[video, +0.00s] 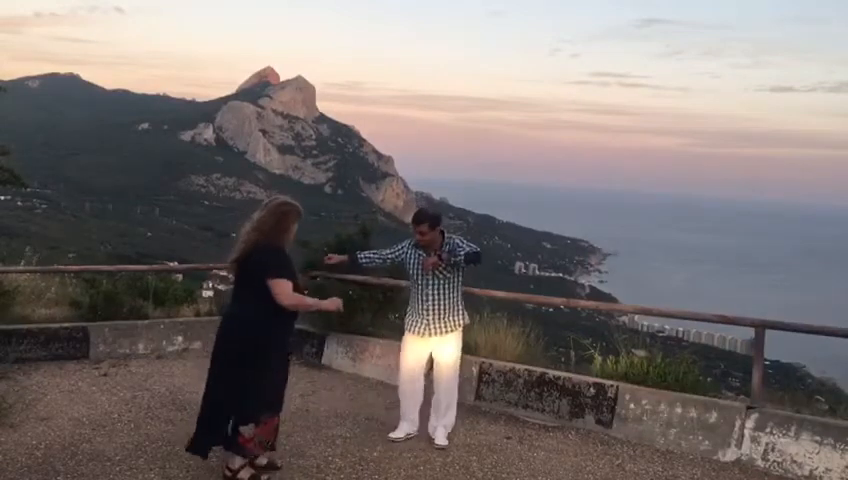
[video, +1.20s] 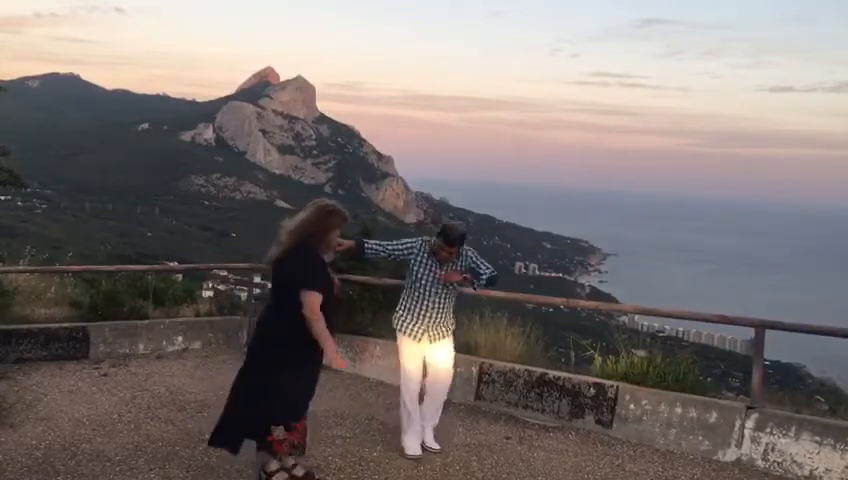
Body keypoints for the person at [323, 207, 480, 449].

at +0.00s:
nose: (418, 239)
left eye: (423, 234)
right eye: (416, 234)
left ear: (438, 230)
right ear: (413, 230)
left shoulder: (454, 244)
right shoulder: (409, 248)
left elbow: (476, 256)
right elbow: (381, 257)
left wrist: (444, 259)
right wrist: (345, 259)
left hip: (448, 327)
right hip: (416, 327)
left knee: (446, 381)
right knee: (408, 377)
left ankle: (441, 428)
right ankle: (408, 425)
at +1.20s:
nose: (447, 256)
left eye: (452, 253)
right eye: (445, 250)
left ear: (459, 248)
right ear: (437, 241)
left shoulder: (466, 255)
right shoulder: (420, 246)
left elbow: (491, 277)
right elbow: (387, 249)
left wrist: (464, 278)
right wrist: (352, 245)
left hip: (441, 330)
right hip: (411, 327)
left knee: (441, 382)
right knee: (411, 384)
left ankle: (428, 430)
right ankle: (411, 439)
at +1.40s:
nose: (459, 256)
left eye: (464, 253)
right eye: (456, 251)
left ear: (470, 251)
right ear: (447, 241)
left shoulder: (469, 260)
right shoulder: (429, 248)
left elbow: (488, 279)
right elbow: (401, 253)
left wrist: (475, 292)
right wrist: (377, 255)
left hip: (440, 330)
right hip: (411, 328)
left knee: (447, 378)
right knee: (413, 382)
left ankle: (425, 427)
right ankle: (409, 437)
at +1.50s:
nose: (465, 257)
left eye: (470, 254)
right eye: (462, 251)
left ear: (475, 252)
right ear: (454, 242)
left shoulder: (473, 264)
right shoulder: (436, 248)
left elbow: (483, 285)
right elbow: (412, 255)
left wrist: (472, 303)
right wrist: (398, 258)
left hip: (442, 332)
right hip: (413, 329)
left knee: (455, 380)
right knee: (415, 384)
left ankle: (429, 422)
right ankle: (410, 437)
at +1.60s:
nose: (473, 256)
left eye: (478, 253)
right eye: (471, 249)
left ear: (482, 251)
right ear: (461, 241)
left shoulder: (475, 268)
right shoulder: (446, 246)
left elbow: (473, 301)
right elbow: (420, 252)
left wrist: (468, 314)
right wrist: (429, 256)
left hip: (445, 334)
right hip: (418, 328)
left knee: (451, 383)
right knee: (419, 383)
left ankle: (442, 437)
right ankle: (410, 440)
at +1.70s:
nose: (484, 253)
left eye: (487, 250)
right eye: (483, 247)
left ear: (484, 247)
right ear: (474, 238)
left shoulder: (473, 263)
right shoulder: (449, 245)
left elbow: (472, 293)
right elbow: (432, 251)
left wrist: (470, 310)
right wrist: (462, 251)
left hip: (451, 332)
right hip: (427, 327)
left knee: (452, 383)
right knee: (433, 380)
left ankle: (442, 437)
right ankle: (413, 433)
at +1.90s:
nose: (491, 240)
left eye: (493, 236)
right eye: (490, 234)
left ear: (487, 234)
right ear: (481, 227)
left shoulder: (474, 254)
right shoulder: (455, 241)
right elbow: (468, 247)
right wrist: (494, 245)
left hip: (456, 329)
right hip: (443, 326)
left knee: (456, 381)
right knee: (459, 381)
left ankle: (444, 433)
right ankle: (430, 432)